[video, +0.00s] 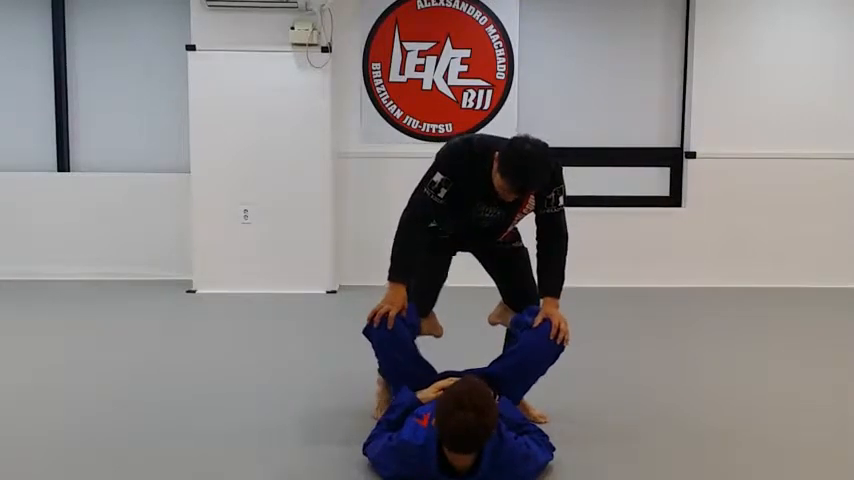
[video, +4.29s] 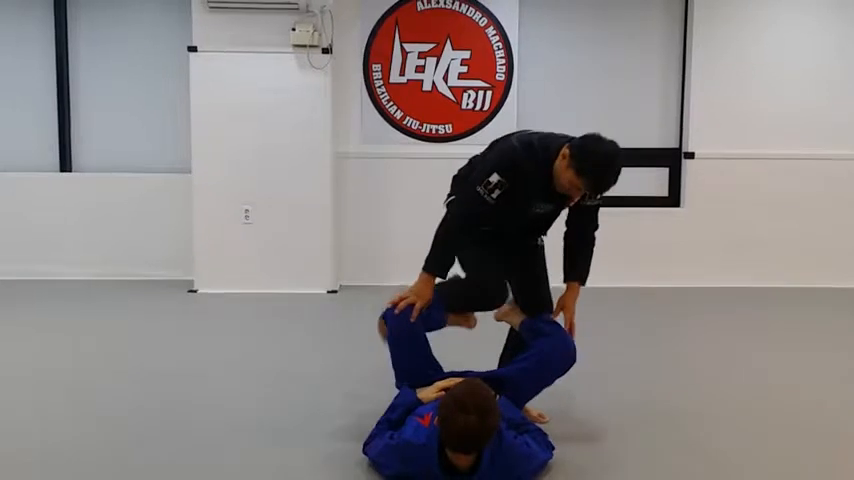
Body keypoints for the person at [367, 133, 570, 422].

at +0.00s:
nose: (510, 197)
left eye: (518, 194)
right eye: (506, 189)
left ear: (536, 182)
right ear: (496, 163)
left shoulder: (547, 175)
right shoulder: (459, 156)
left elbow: (553, 235)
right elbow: (413, 217)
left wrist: (551, 302)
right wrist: (396, 286)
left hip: (497, 236)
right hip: (440, 233)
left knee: (529, 310)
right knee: (413, 311)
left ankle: (509, 394)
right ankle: (387, 381)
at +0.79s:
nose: (501, 203)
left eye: (509, 201)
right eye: (498, 196)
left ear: (528, 189)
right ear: (489, 170)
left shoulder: (543, 177)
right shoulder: (455, 156)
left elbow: (548, 235)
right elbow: (409, 218)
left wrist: (523, 285)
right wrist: (389, 289)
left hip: (495, 234)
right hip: (439, 232)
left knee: (527, 303)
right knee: (410, 309)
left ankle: (509, 392)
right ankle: (383, 379)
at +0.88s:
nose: (498, 205)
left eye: (507, 204)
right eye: (495, 198)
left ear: (527, 191)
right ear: (488, 172)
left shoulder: (542, 180)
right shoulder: (455, 157)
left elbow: (534, 239)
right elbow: (408, 219)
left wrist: (489, 282)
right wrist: (388, 288)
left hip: (491, 232)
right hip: (439, 229)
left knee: (526, 307)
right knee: (415, 308)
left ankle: (508, 391)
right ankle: (385, 378)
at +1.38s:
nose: (496, 208)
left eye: (505, 207)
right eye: (493, 201)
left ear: (527, 192)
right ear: (485, 174)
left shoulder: (540, 179)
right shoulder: (452, 159)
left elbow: (540, 231)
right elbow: (406, 222)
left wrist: (531, 276)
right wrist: (386, 291)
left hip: (492, 231)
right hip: (439, 228)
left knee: (522, 298)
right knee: (417, 305)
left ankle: (508, 391)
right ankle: (384, 375)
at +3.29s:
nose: (538, 217)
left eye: (547, 213)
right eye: (537, 208)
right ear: (525, 178)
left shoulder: (550, 185)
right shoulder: (474, 170)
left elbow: (545, 243)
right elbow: (421, 227)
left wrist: (548, 301)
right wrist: (398, 297)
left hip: (486, 238)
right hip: (438, 233)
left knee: (526, 306)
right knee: (450, 324)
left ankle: (508, 395)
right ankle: (389, 376)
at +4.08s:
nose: (570, 204)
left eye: (580, 200)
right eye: (570, 193)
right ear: (557, 165)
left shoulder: (583, 181)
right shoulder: (506, 158)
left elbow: (577, 237)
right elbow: (451, 214)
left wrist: (566, 302)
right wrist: (420, 280)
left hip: (517, 230)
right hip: (468, 221)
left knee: (535, 312)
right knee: (468, 302)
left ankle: (508, 397)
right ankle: (399, 342)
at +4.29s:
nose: (576, 196)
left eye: (585, 192)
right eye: (575, 185)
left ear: (596, 187)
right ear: (564, 157)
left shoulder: (589, 180)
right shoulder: (515, 155)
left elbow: (582, 231)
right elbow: (459, 212)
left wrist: (573, 290)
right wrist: (427, 281)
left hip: (523, 232)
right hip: (475, 220)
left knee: (536, 315)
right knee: (489, 293)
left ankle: (508, 398)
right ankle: (416, 305)